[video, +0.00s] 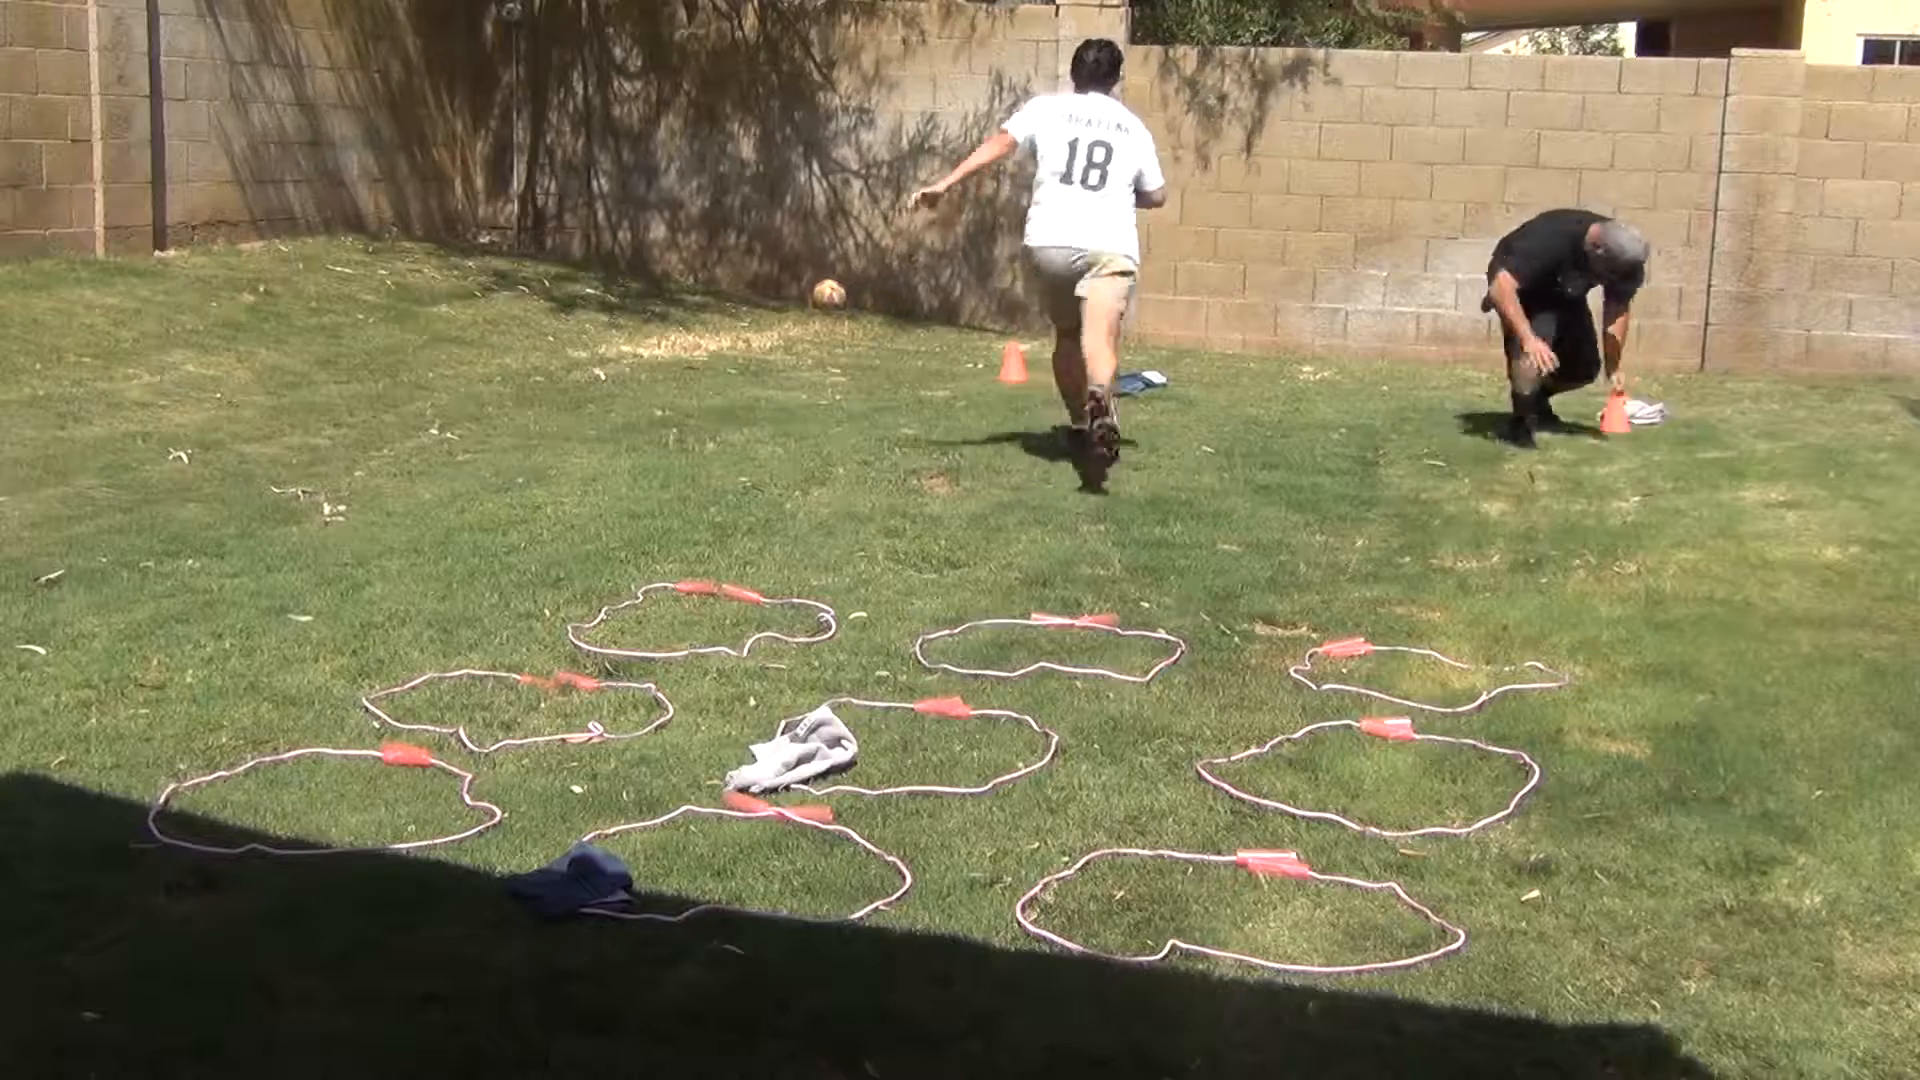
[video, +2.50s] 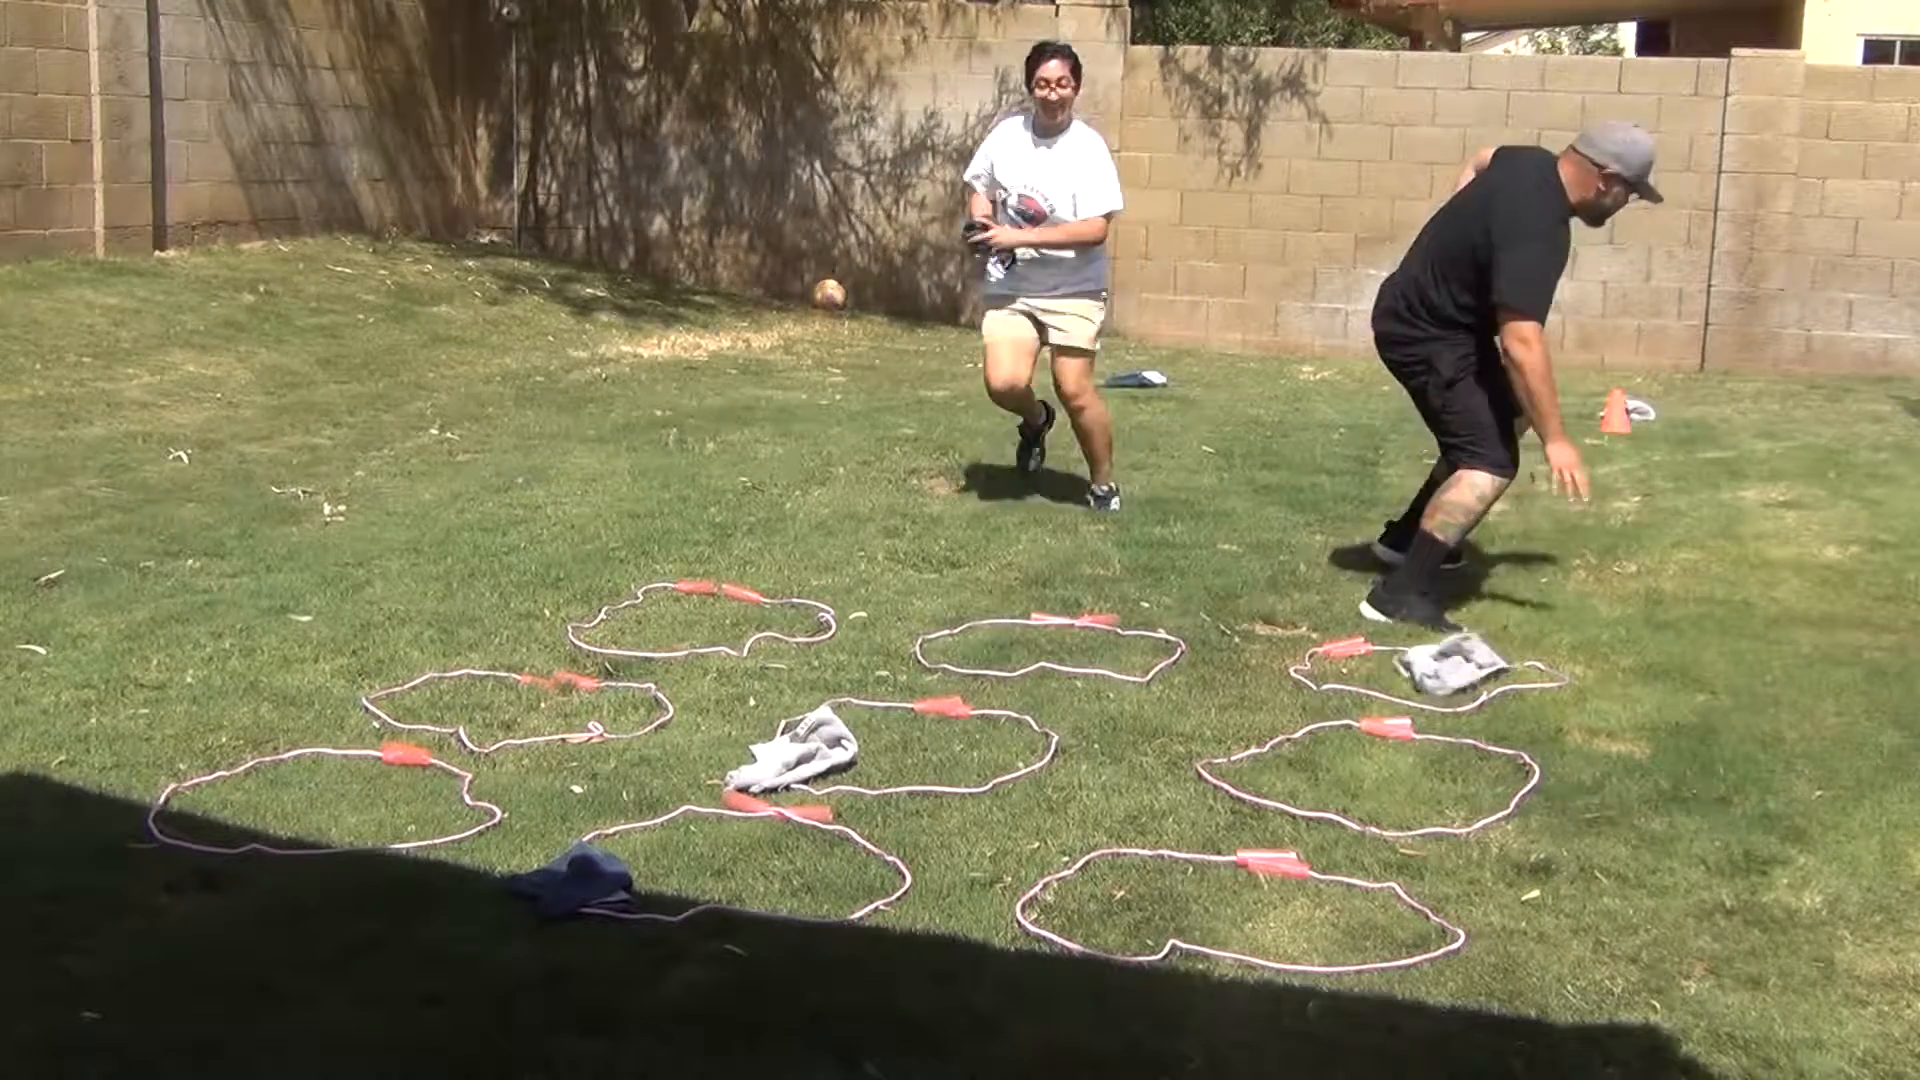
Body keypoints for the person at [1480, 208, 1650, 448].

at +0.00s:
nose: (1612, 280)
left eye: (1618, 276)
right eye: (1611, 273)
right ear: (1598, 250)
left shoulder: (1626, 260)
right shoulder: (1551, 241)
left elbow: (1617, 311)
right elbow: (1500, 288)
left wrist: (1614, 371)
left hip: (1568, 295)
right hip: (1526, 290)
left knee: (1583, 368)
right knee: (1530, 356)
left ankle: (1538, 393)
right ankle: (1522, 419)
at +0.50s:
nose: (1655, 313)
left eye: (1661, 311)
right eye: (1660, 309)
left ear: (1656, 289)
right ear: (1655, 294)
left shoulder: (1638, 273)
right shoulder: (1613, 272)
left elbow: (1616, 333)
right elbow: (1586, 344)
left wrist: (1614, 378)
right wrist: (1587, 413)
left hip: (1562, 263)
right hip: (1523, 255)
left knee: (1599, 334)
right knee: (1540, 330)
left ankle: (1567, 409)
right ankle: (1517, 421)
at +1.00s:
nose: (1618, 132)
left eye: (1625, 123)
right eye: (1610, 123)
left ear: (1634, 125)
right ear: (1589, 123)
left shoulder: (1631, 157)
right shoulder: (1561, 163)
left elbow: (1613, 207)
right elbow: (1552, 241)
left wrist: (1629, 217)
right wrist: (1615, 233)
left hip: (1593, 260)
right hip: (1537, 266)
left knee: (1611, 335)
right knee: (1540, 352)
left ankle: (1589, 417)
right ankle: (1548, 417)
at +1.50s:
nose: (1525, 97)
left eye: (1537, 88)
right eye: (1517, 86)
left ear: (1560, 90)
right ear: (1505, 87)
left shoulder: (1596, 147)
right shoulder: (1479, 145)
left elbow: (1641, 203)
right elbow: (1435, 202)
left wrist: (1616, 276)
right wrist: (1472, 254)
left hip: (1566, 298)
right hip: (1497, 293)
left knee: (1557, 396)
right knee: (1485, 390)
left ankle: (1565, 437)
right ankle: (1490, 487)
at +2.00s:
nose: (1532, 119)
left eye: (1546, 110)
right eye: (1523, 107)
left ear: (1567, 106)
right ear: (1506, 98)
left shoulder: (1574, 156)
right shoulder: (1464, 152)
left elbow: (1563, 234)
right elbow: (1420, 238)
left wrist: (1538, 294)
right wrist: (1434, 312)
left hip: (1532, 318)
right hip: (1464, 312)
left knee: (1544, 442)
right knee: (1457, 423)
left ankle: (1486, 543)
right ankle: (1399, 547)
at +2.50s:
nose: (1627, 204)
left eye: (1633, 195)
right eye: (1630, 192)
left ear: (1589, 167)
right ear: (1605, 180)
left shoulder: (1532, 163)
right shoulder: (1539, 225)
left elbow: (1480, 162)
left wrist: (1456, 235)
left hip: (1442, 314)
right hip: (1423, 327)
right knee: (1489, 466)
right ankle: (1403, 593)